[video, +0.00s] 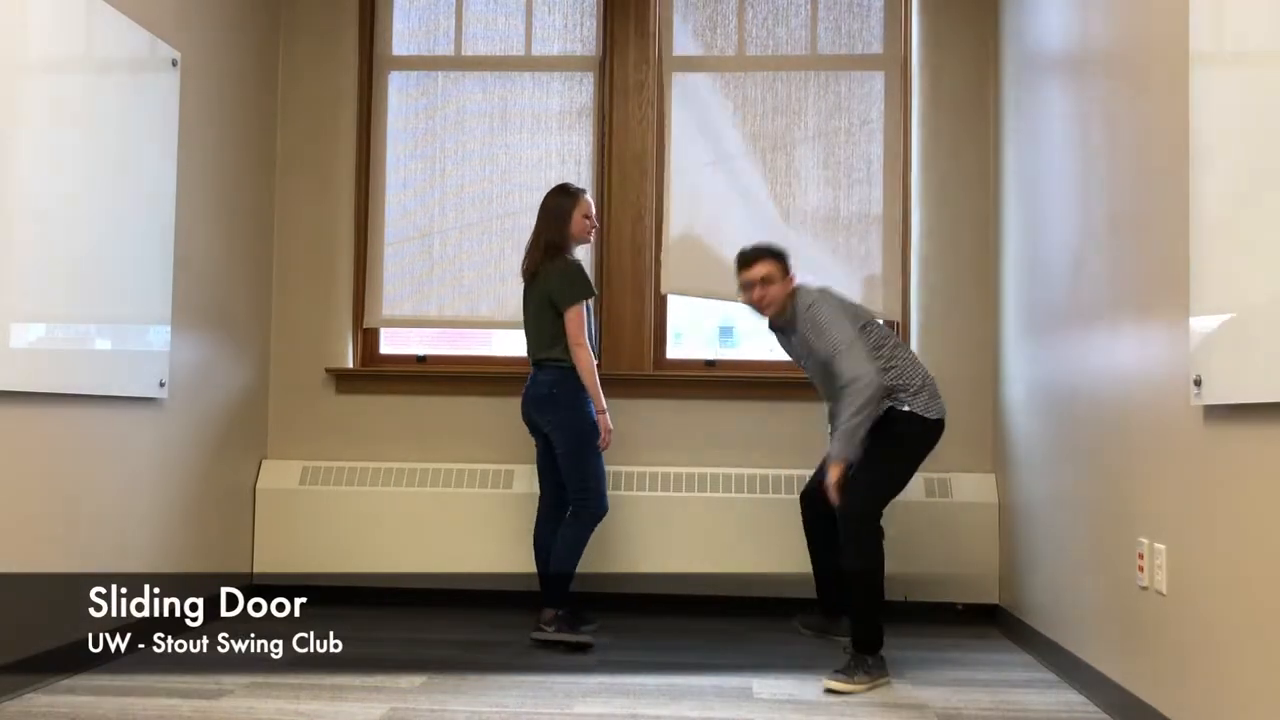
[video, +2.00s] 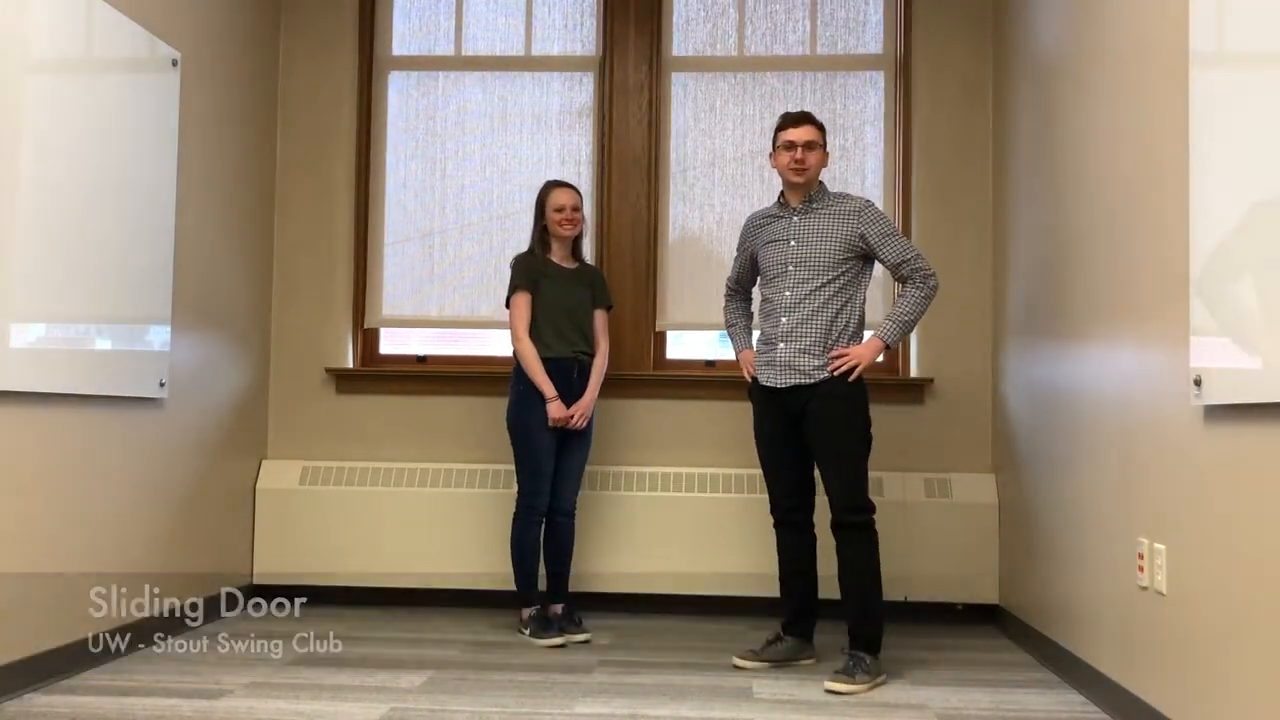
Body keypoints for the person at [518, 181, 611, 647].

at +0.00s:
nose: (593, 224)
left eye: (592, 216)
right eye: (586, 216)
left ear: (555, 220)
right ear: (563, 220)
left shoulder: (540, 270)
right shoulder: (568, 272)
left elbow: (537, 345)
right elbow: (577, 345)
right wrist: (601, 406)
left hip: (541, 391)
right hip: (565, 393)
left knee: (553, 502)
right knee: (590, 502)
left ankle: (553, 612)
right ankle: (555, 612)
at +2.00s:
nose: (569, 216)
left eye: (575, 209)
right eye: (559, 210)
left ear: (583, 216)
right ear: (543, 217)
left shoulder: (592, 276)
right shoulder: (528, 265)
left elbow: (602, 349)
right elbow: (520, 337)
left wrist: (589, 398)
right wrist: (551, 396)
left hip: (579, 394)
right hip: (535, 391)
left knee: (564, 504)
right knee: (534, 501)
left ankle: (559, 606)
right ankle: (530, 609)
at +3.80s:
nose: (577, 216)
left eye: (579, 209)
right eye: (568, 209)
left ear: (576, 217)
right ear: (542, 214)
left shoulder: (583, 277)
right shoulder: (527, 269)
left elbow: (588, 342)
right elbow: (525, 335)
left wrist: (619, 344)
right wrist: (593, 345)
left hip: (578, 396)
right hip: (539, 395)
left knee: (569, 504)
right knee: (540, 501)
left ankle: (558, 608)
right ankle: (531, 612)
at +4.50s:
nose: (601, 210)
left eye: (600, 204)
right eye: (592, 204)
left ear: (586, 214)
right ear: (566, 211)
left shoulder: (588, 269)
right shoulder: (557, 266)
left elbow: (607, 333)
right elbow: (561, 338)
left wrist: (639, 307)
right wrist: (624, 338)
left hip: (592, 395)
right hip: (564, 396)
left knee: (590, 504)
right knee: (590, 503)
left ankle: (569, 609)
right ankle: (548, 610)